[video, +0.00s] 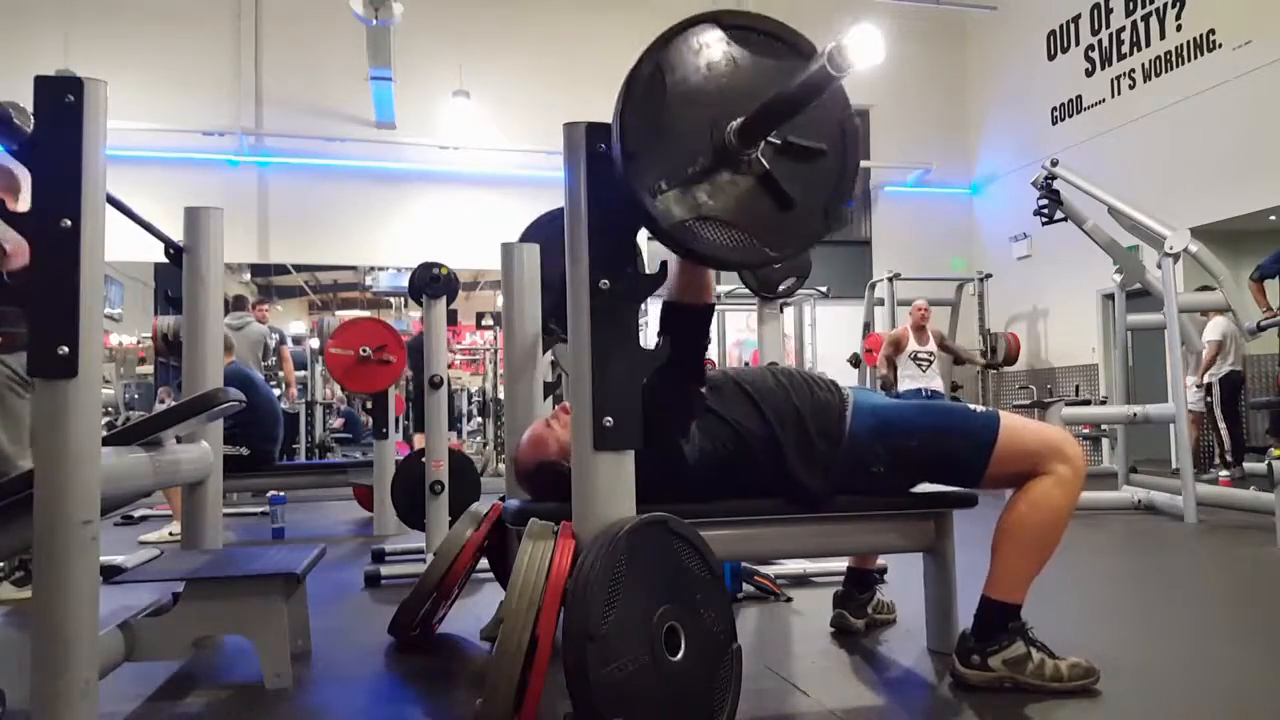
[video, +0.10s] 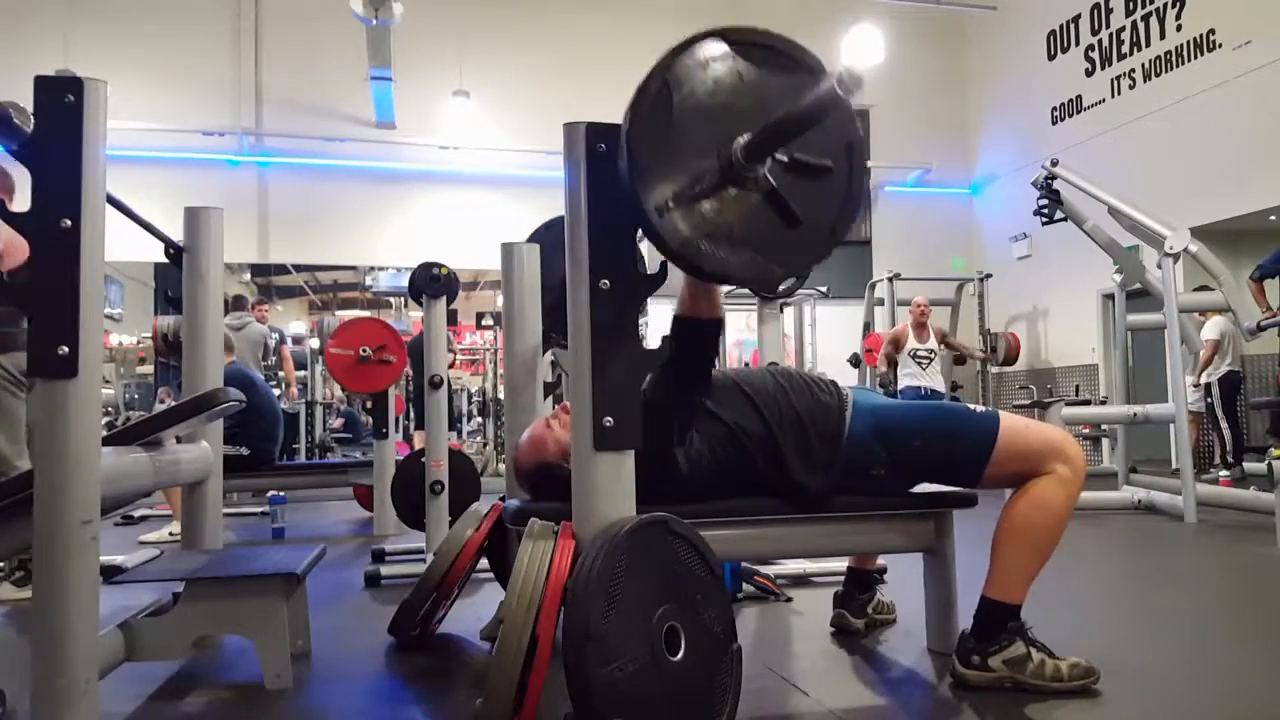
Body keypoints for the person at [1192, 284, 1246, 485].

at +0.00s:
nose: (1198, 311)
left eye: (1198, 306)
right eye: (1197, 306)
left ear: (1205, 306)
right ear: (1216, 303)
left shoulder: (1215, 324)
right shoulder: (1231, 324)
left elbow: (1212, 354)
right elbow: (1241, 353)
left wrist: (1200, 375)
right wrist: (1240, 373)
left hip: (1220, 377)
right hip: (1234, 375)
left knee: (1221, 421)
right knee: (1233, 419)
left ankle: (1230, 464)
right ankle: (1237, 462)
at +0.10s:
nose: (1196, 312)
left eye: (1196, 307)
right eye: (1195, 308)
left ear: (1203, 306)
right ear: (1213, 303)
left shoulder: (1213, 324)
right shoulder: (1229, 323)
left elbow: (1210, 351)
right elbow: (1237, 352)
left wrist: (1197, 375)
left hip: (1218, 376)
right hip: (1233, 374)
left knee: (1221, 421)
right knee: (1231, 420)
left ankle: (1230, 464)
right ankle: (1235, 462)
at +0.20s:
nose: (1193, 313)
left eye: (1193, 308)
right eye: (1192, 308)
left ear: (1200, 307)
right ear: (1211, 303)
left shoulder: (1210, 323)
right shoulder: (1228, 323)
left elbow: (1208, 350)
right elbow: (1237, 353)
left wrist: (1194, 373)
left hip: (1216, 376)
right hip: (1231, 374)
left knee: (1220, 422)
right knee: (1226, 420)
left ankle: (1230, 465)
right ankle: (1234, 462)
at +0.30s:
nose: (1190, 312)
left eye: (1191, 308)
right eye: (1189, 308)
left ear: (1198, 306)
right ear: (1207, 303)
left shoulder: (1208, 323)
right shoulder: (1223, 322)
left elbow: (1204, 351)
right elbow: (1230, 352)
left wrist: (1192, 374)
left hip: (1214, 375)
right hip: (1227, 373)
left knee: (1216, 419)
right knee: (1219, 419)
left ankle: (1230, 462)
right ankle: (1225, 461)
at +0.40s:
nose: (1187, 313)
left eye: (1187, 308)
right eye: (1185, 309)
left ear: (1194, 306)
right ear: (1202, 303)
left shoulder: (1205, 323)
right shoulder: (1216, 321)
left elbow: (1202, 351)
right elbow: (1213, 353)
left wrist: (1190, 374)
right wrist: (1197, 373)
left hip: (1214, 376)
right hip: (1224, 373)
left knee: (1216, 420)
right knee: (1217, 420)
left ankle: (1227, 463)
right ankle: (1224, 461)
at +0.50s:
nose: (1186, 313)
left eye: (1186, 309)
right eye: (1185, 309)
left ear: (1193, 307)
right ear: (1201, 305)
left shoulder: (1203, 323)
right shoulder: (1214, 321)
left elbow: (1200, 351)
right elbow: (1213, 353)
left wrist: (1189, 374)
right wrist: (1198, 376)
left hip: (1212, 375)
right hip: (1223, 373)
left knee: (1216, 420)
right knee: (1217, 420)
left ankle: (1226, 462)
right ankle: (1221, 460)